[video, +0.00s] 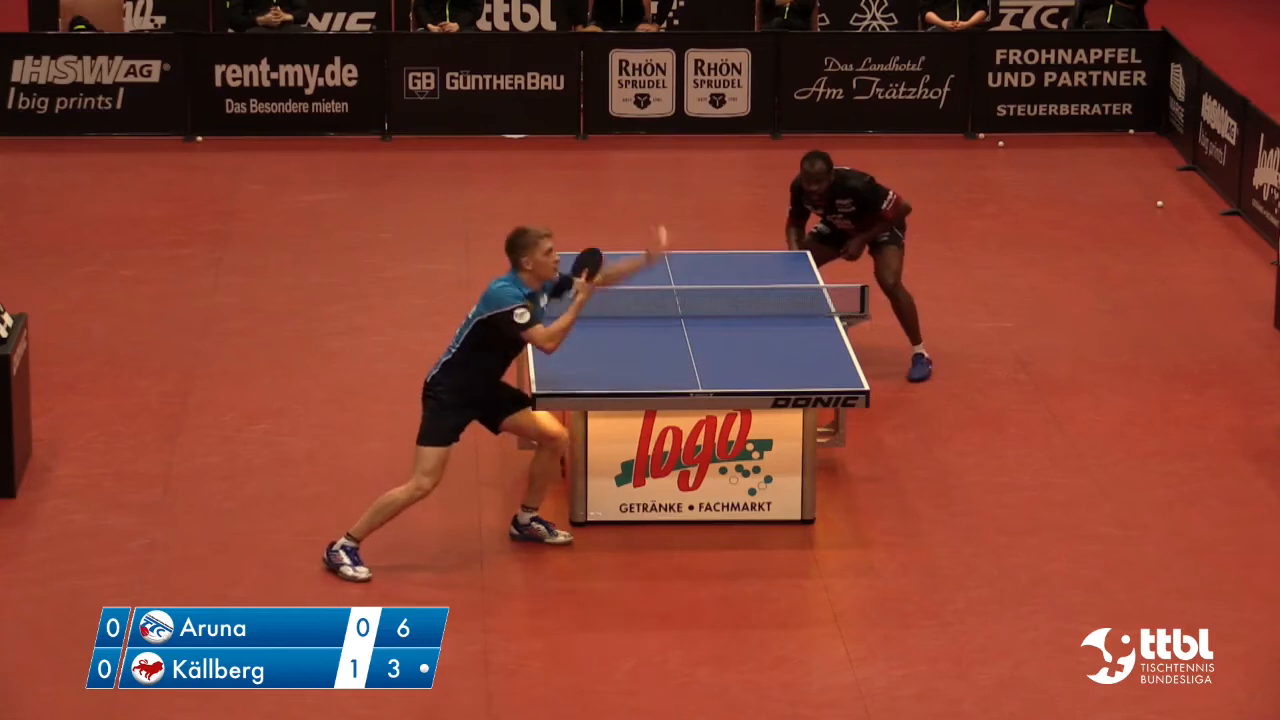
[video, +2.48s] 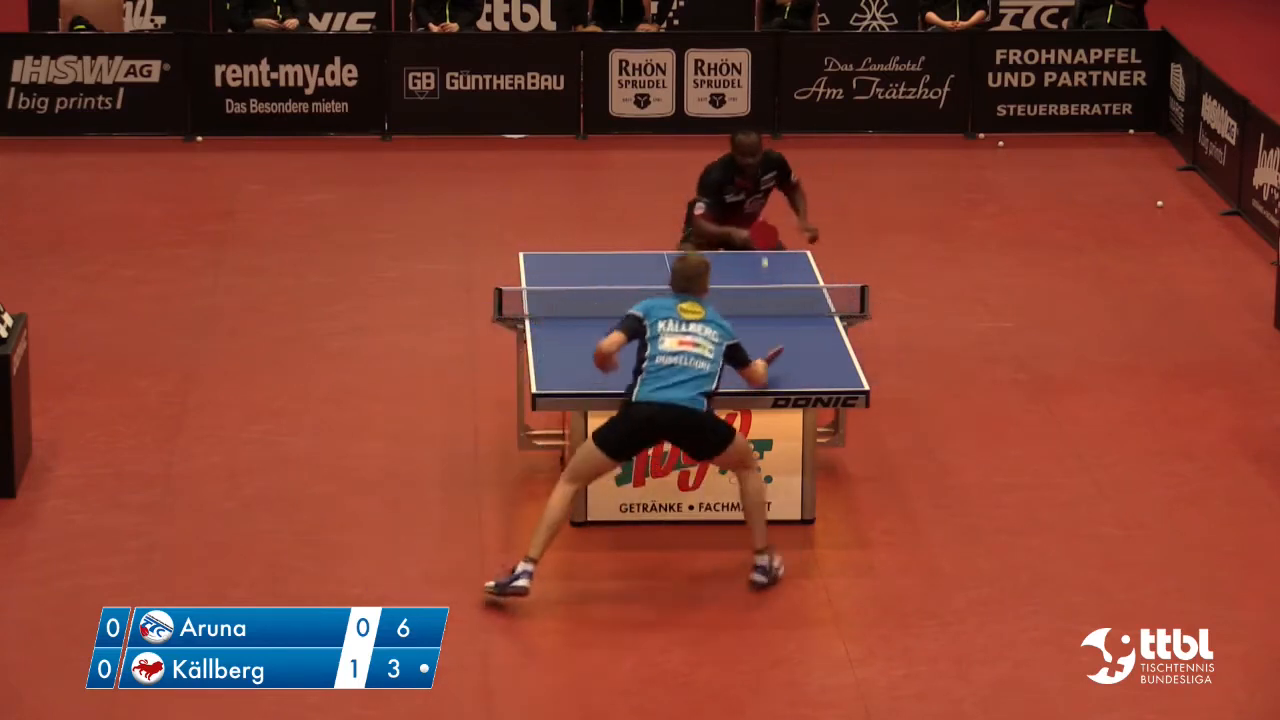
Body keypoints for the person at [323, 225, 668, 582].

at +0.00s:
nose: (556, 258)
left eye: (554, 252)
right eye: (548, 253)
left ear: (539, 259)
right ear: (525, 261)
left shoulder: (546, 284)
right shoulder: (505, 295)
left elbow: (600, 278)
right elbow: (547, 341)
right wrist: (581, 299)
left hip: (486, 389)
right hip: (448, 390)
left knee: (555, 437)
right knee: (422, 484)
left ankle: (526, 519)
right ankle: (345, 546)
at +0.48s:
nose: (510, 238)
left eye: (507, 232)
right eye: (502, 235)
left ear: (493, 247)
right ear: (482, 249)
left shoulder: (495, 269)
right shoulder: (448, 293)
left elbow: (516, 248)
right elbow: (397, 335)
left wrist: (549, 230)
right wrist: (404, 387)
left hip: (469, 380)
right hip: (431, 385)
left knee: (528, 434)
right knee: (408, 478)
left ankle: (525, 520)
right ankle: (342, 548)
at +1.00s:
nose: (581, 318)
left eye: (583, 312)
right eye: (580, 311)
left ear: (558, 299)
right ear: (565, 303)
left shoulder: (528, 316)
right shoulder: (526, 306)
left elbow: (474, 319)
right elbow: (549, 305)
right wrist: (579, 330)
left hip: (463, 390)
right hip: (438, 391)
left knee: (520, 441)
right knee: (465, 492)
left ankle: (486, 531)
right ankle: (373, 523)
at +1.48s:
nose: (588, 297)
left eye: (581, 289)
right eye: (588, 292)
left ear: (551, 294)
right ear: (584, 299)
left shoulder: (522, 325)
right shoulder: (595, 337)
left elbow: (477, 368)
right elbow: (646, 382)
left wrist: (497, 354)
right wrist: (659, 369)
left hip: (514, 430)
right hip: (565, 435)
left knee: (458, 471)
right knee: (629, 485)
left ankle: (439, 561)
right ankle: (660, 574)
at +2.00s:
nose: (674, 302)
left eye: (671, 295)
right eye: (672, 296)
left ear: (635, 292)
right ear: (663, 298)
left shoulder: (598, 310)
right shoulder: (662, 337)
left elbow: (545, 315)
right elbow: (714, 378)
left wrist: (525, 313)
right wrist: (769, 361)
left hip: (564, 428)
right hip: (613, 433)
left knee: (488, 495)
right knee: (689, 460)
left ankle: (416, 567)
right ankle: (737, 536)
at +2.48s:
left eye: (680, 273)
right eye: (705, 278)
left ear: (671, 283)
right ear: (706, 287)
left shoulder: (649, 308)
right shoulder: (719, 325)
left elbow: (606, 348)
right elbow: (756, 379)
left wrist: (605, 364)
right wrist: (762, 364)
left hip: (641, 412)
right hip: (690, 416)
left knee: (570, 481)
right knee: (746, 466)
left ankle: (524, 569)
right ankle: (762, 561)